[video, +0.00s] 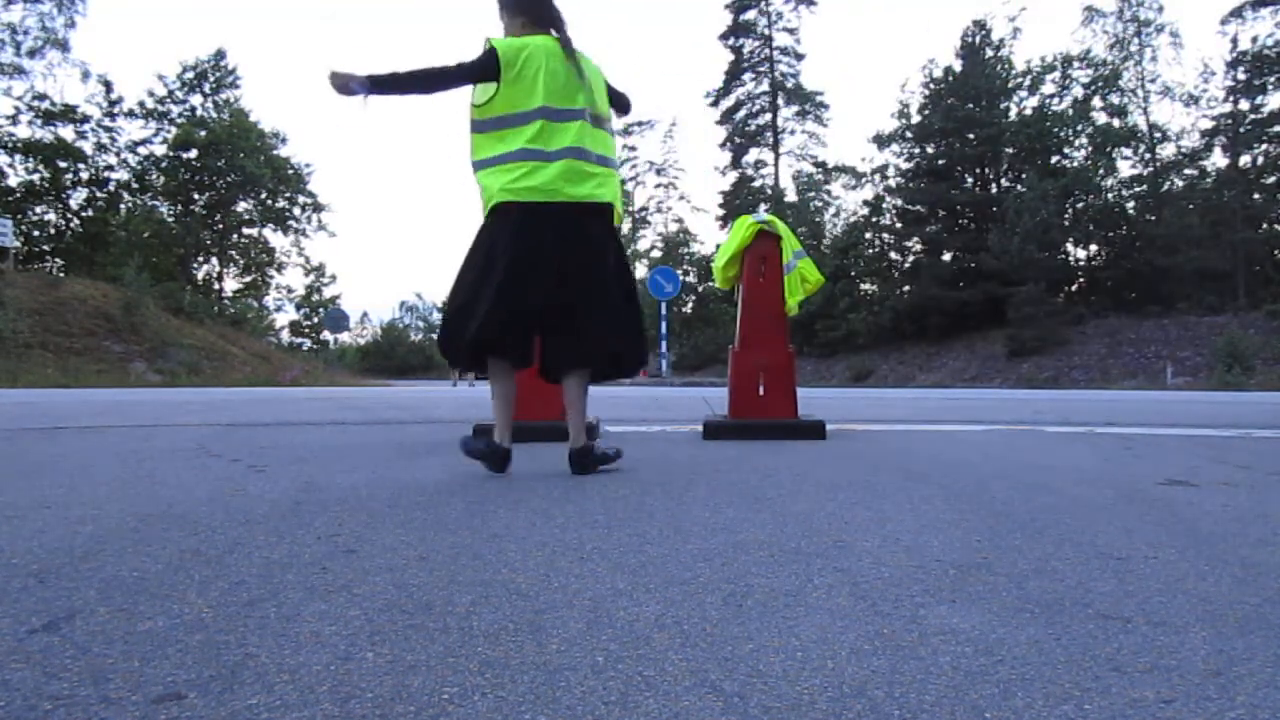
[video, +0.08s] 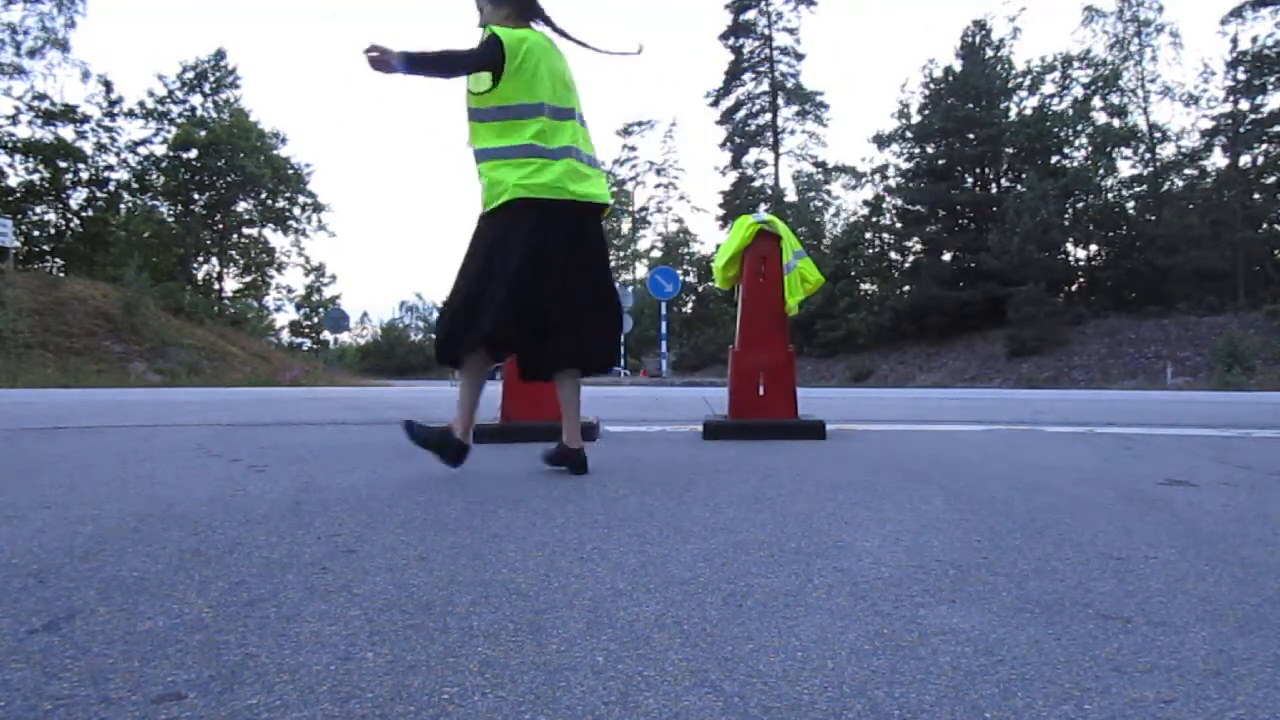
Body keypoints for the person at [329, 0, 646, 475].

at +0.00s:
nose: (502, 27)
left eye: (504, 18)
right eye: (503, 19)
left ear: (517, 17)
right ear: (552, 20)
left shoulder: (507, 53)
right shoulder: (587, 67)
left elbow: (446, 77)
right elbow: (622, 104)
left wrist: (366, 83)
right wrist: (587, 89)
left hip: (521, 213)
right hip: (588, 215)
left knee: (501, 324)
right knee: (574, 328)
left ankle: (501, 444)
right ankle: (581, 446)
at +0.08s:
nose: (481, 17)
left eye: (482, 9)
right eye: (481, 10)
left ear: (495, 9)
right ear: (529, 11)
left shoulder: (505, 41)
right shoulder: (553, 54)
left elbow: (464, 61)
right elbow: (569, 130)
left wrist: (400, 61)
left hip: (522, 207)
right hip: (576, 209)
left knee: (480, 320)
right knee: (564, 325)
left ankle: (458, 434)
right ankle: (573, 446)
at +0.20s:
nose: (453, 17)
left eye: (458, 6)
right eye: (454, 8)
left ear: (483, 7)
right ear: (490, 10)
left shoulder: (500, 48)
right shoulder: (502, 58)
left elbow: (503, 74)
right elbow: (475, 110)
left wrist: (486, 75)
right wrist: (426, 111)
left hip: (496, 222)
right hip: (526, 220)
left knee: (451, 334)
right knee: (536, 333)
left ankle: (406, 444)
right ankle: (571, 443)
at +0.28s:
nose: (437, 14)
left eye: (443, 5)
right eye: (438, 7)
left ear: (470, 8)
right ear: (470, 11)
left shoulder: (495, 58)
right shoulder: (465, 74)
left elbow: (518, 85)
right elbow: (421, 116)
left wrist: (544, 95)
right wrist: (353, 121)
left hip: (478, 232)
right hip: (485, 232)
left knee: (429, 339)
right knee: (496, 341)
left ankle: (392, 454)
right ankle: (558, 426)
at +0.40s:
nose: (428, 8)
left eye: (439, 1)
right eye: (425, 2)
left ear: (466, 11)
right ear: (423, 16)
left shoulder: (496, 71)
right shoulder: (410, 84)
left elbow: (555, 116)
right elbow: (345, 122)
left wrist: (615, 123)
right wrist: (265, 132)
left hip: (476, 237)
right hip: (423, 233)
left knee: (422, 342)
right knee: (393, 338)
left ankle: (388, 456)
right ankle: (475, 400)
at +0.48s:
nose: (426, 8)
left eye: (437, 2)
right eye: (421, 2)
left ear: (460, 14)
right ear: (414, 14)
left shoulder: (492, 79)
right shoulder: (387, 79)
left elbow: (559, 126)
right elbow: (312, 109)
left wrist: (629, 116)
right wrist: (238, 107)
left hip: (457, 237)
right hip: (396, 233)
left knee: (413, 337)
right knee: (381, 331)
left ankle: (387, 454)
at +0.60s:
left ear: (454, 2)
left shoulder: (479, 59)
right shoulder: (378, 34)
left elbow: (542, 99)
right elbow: (304, 35)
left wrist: (608, 68)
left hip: (440, 215)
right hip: (372, 203)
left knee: (414, 331)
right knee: (371, 309)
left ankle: (385, 452)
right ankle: (336, 424)